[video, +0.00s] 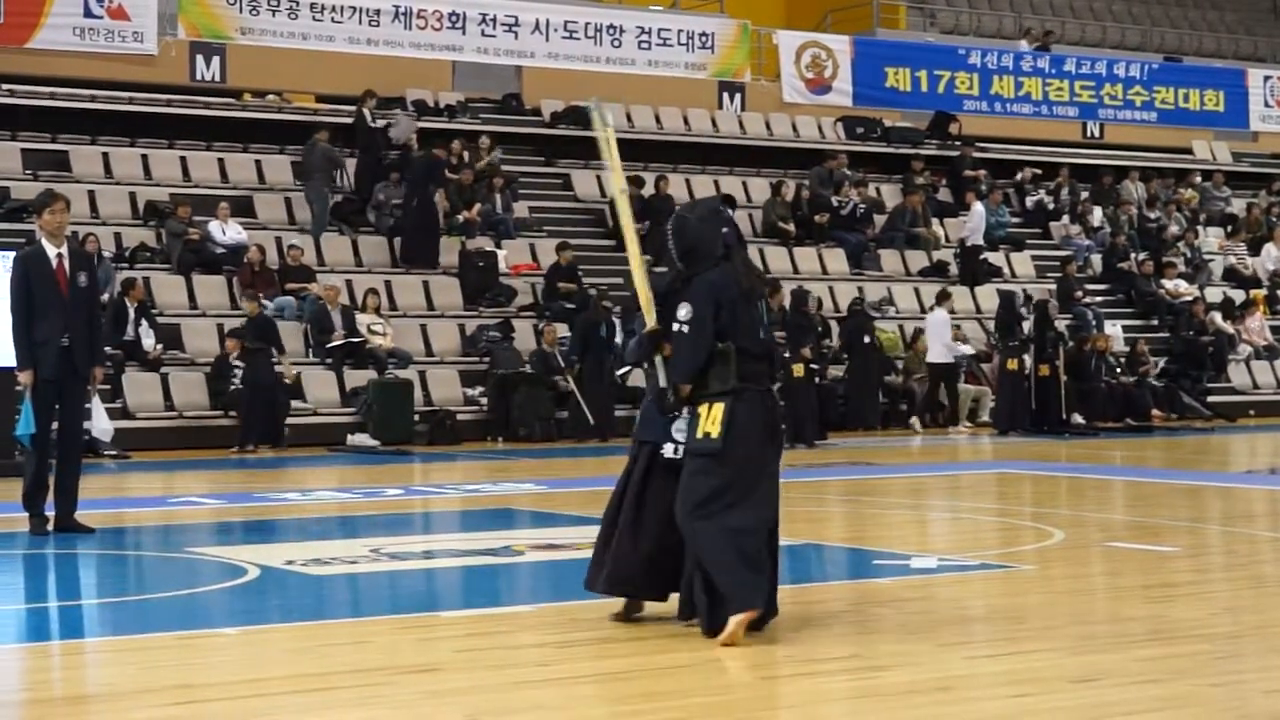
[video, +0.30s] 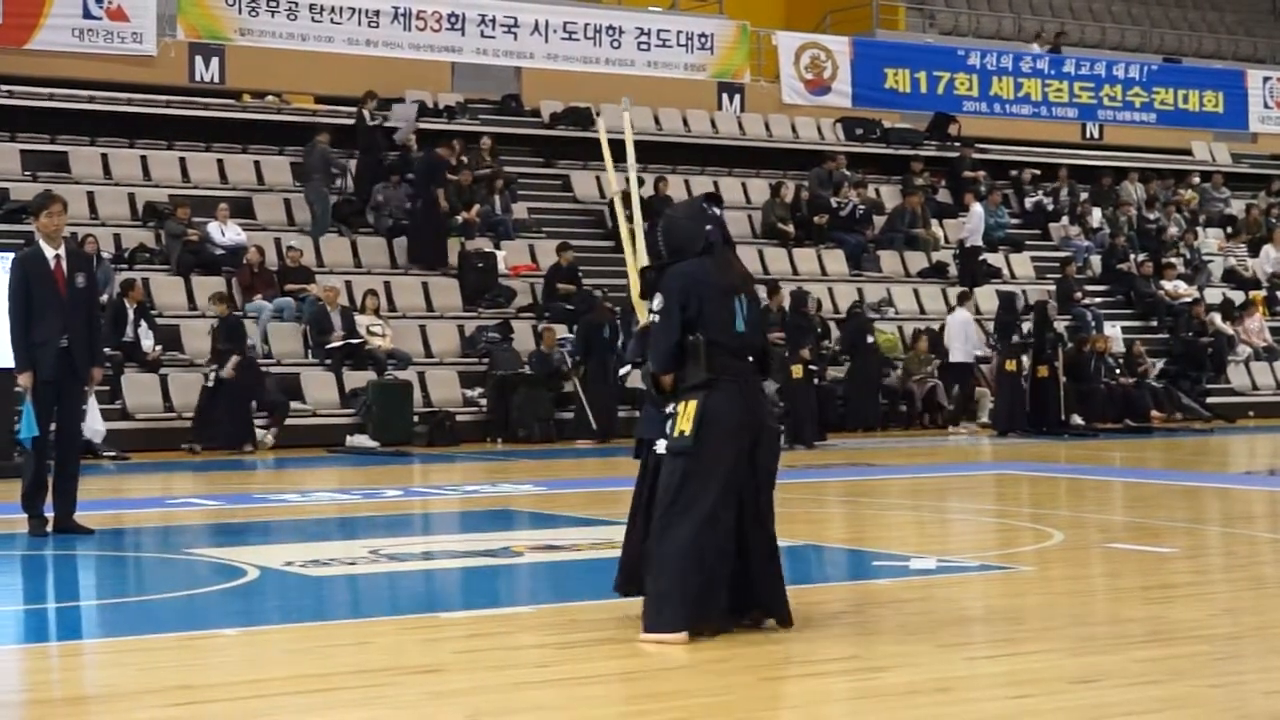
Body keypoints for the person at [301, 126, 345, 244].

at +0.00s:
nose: (327, 137)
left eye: (326, 135)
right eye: (325, 135)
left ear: (315, 135)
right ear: (322, 136)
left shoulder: (307, 148)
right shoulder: (325, 148)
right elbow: (340, 162)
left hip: (309, 185)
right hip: (321, 186)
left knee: (316, 218)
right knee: (321, 220)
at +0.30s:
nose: (326, 142)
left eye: (326, 139)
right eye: (326, 139)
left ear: (316, 138)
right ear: (324, 139)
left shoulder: (308, 149)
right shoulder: (323, 149)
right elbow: (333, 161)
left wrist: (331, 175)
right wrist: (344, 168)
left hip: (309, 185)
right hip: (320, 186)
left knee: (315, 217)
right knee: (324, 218)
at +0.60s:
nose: (329, 142)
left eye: (329, 139)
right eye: (329, 139)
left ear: (319, 137)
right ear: (327, 138)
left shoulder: (310, 149)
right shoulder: (324, 149)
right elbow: (334, 163)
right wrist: (347, 170)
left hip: (309, 188)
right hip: (320, 189)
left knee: (316, 221)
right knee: (323, 221)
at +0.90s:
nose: (333, 141)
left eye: (334, 139)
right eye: (333, 138)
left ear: (322, 137)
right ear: (329, 138)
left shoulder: (314, 148)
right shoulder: (326, 149)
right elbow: (336, 161)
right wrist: (351, 166)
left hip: (311, 188)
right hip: (320, 189)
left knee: (317, 219)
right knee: (323, 219)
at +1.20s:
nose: (337, 141)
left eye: (337, 138)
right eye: (337, 138)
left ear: (326, 135)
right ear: (334, 136)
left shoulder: (317, 148)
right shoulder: (327, 149)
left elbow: (324, 173)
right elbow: (341, 155)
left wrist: (339, 181)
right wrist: (357, 153)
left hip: (316, 189)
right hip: (323, 191)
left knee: (324, 224)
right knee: (324, 225)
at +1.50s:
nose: (344, 146)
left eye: (344, 143)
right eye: (342, 143)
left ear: (332, 141)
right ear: (337, 141)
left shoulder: (324, 152)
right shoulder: (332, 150)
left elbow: (333, 182)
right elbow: (350, 153)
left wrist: (351, 189)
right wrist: (362, 157)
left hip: (317, 191)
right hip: (323, 191)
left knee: (325, 225)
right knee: (324, 226)